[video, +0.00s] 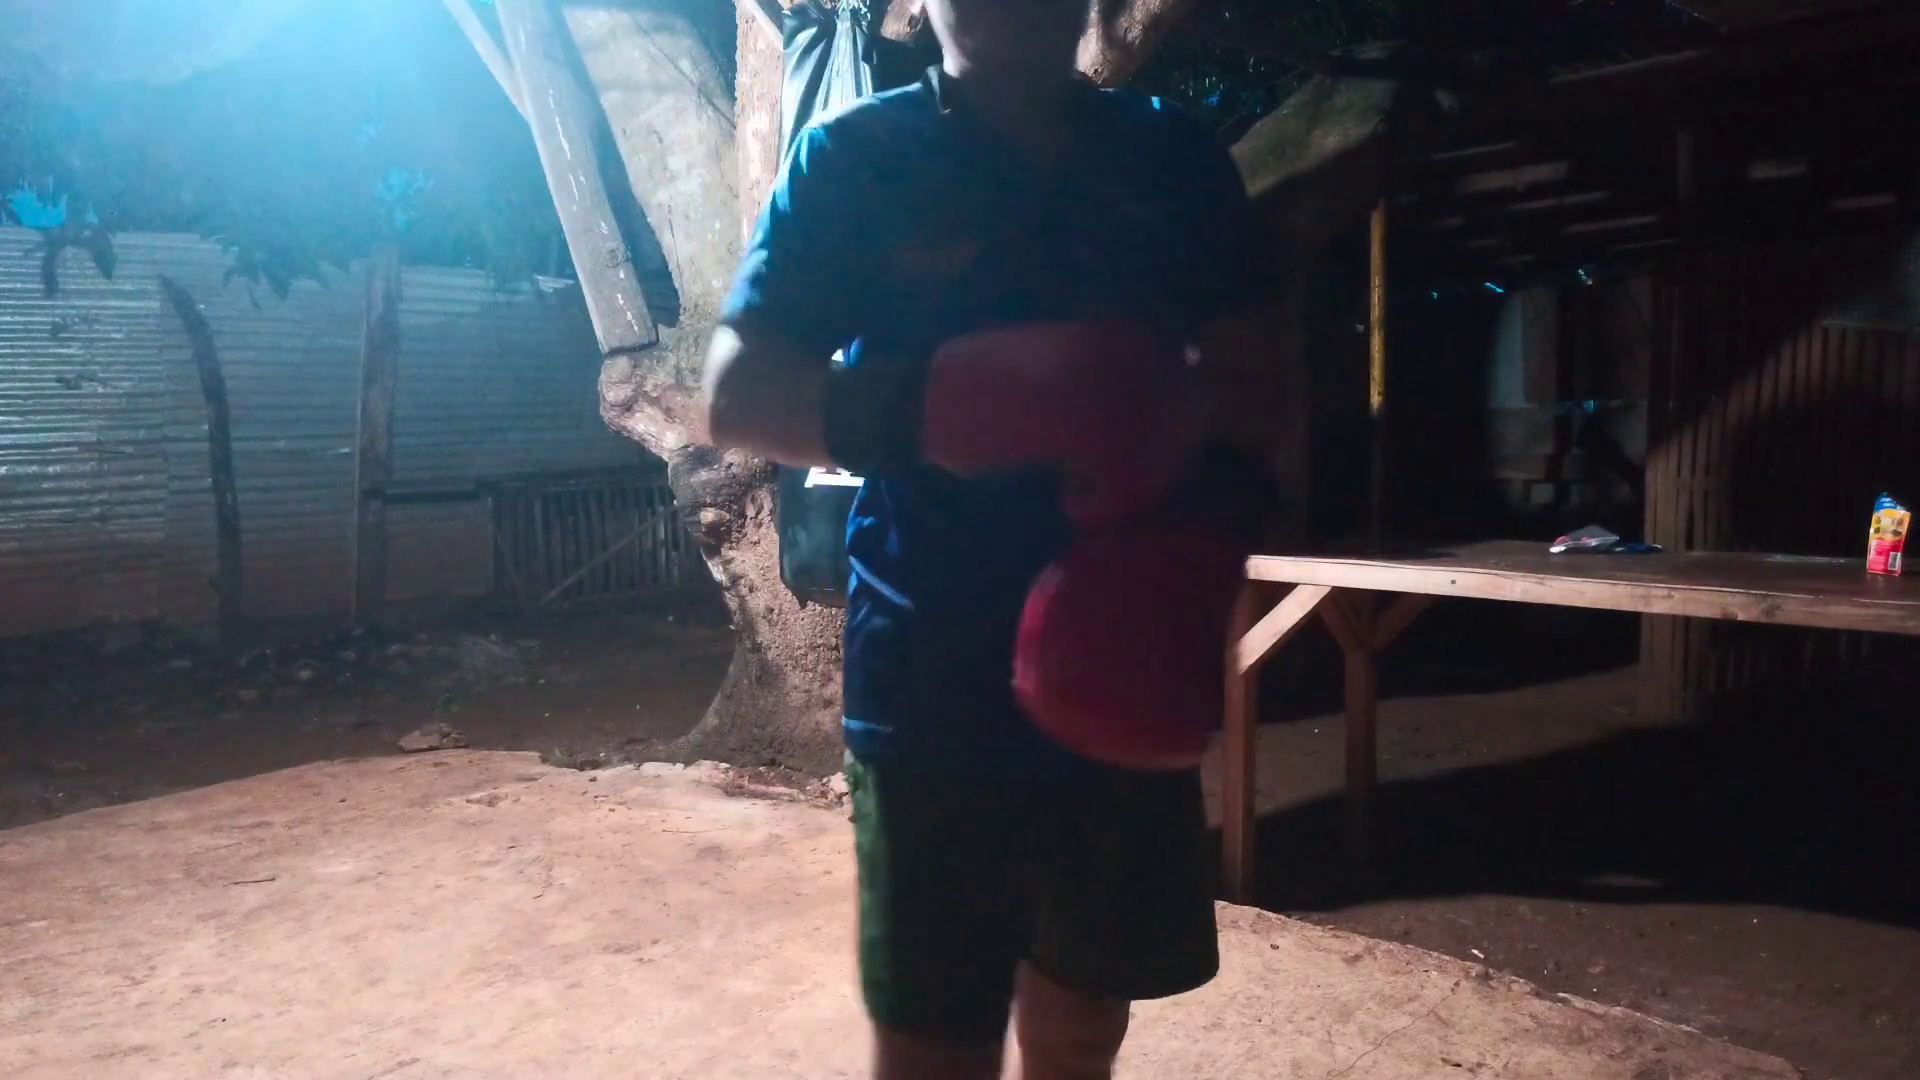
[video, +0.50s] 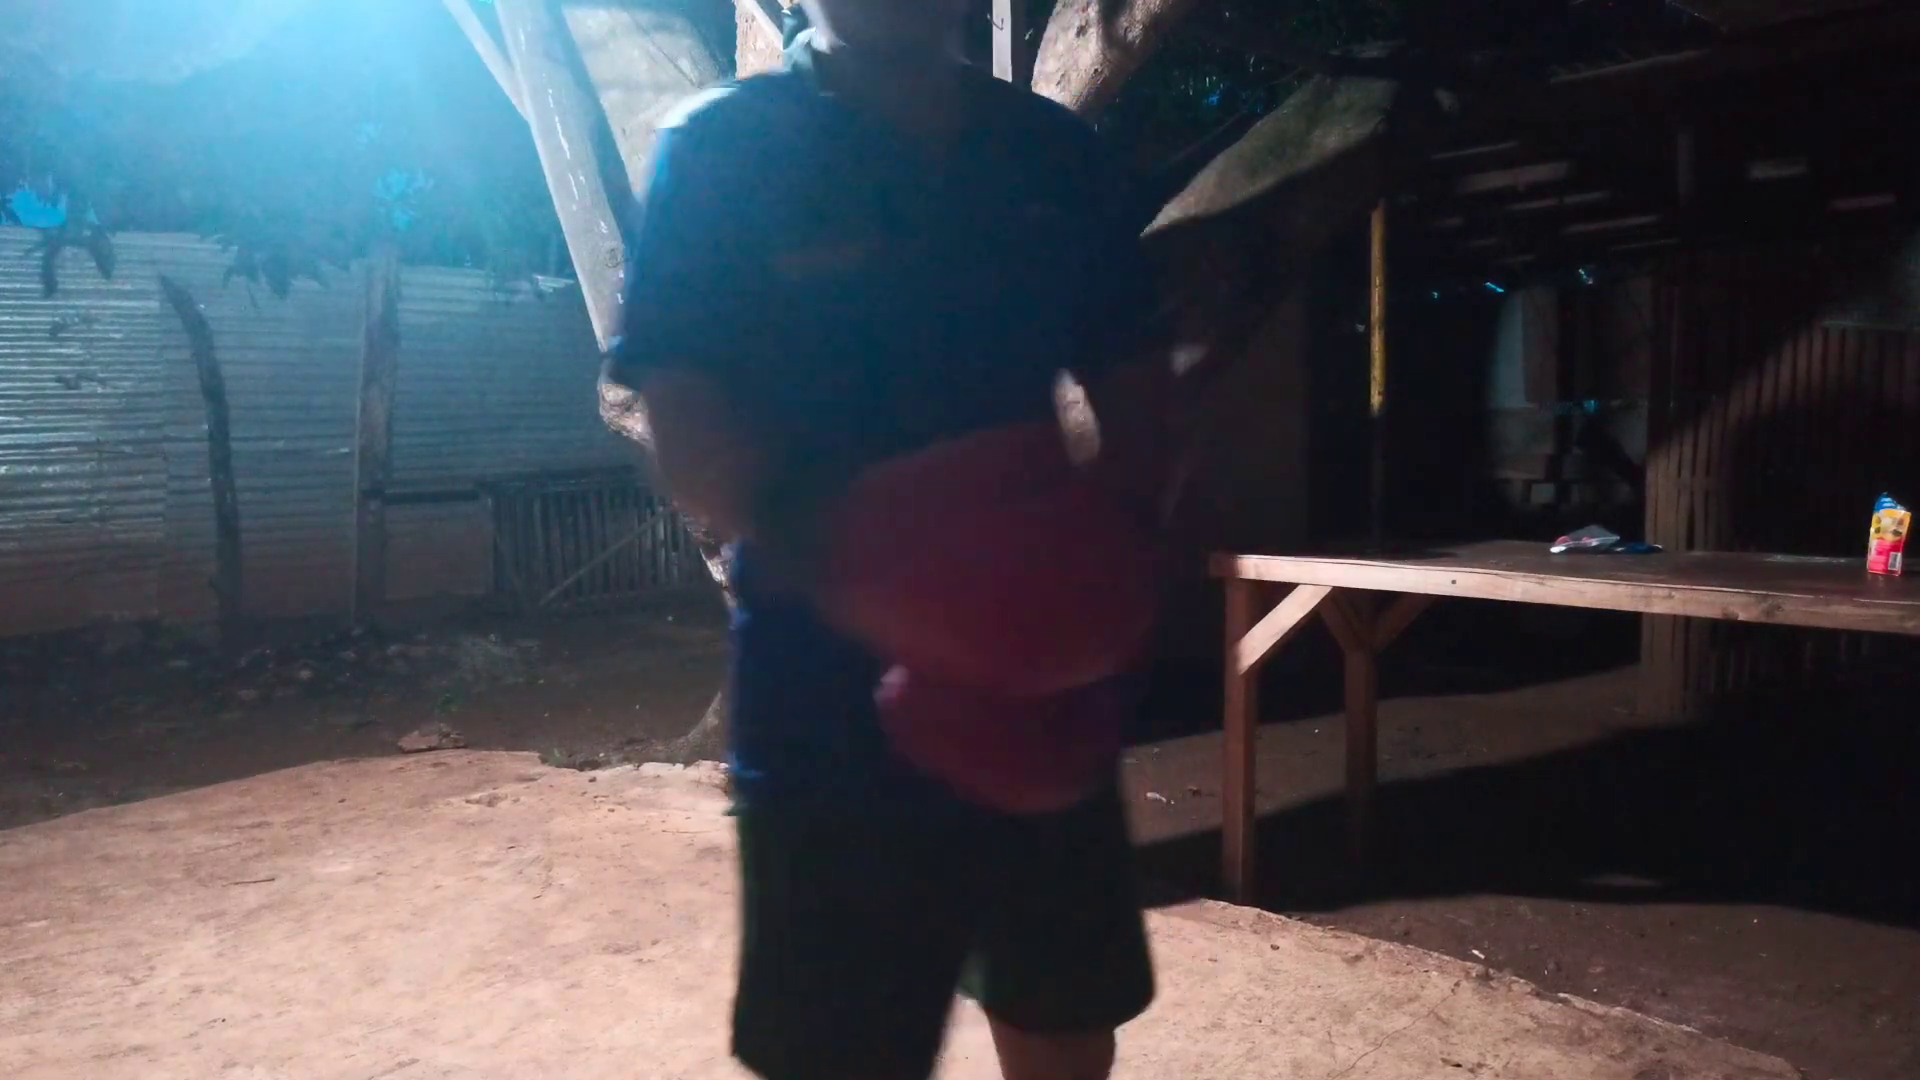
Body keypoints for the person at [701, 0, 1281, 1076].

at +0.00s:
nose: (1003, 2)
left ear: (1087, 2)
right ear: (922, 5)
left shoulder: (1170, 154)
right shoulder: (856, 154)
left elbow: (1265, 385)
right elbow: (742, 398)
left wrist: (1173, 420)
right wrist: (943, 404)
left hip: (1122, 662)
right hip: (932, 667)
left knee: (1082, 1023)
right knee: (931, 1043)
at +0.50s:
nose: (907, 2)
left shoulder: (1056, 148)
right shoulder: (728, 144)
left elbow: (1141, 401)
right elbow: (689, 441)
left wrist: (1087, 572)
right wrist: (905, 586)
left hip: (1040, 681)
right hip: (828, 693)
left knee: (1067, 1034)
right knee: (837, 1053)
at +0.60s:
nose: (894, 7)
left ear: (956, 3)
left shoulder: (1036, 152)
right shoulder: (688, 151)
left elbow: (1137, 404)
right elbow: (590, 425)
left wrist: (1158, 567)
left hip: (1007, 680)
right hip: (789, 695)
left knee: (1077, 1042)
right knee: (795, 1062)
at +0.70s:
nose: (882, 7)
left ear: (941, 3)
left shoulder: (1014, 145)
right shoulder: (671, 140)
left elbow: (1125, 381)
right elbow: (530, 384)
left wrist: (1230, 461)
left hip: (991, 685)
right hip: (779, 703)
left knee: (1087, 1049)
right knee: (771, 1065)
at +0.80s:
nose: (884, 11)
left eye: (908, 2)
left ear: (938, 11)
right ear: (770, 3)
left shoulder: (1008, 148)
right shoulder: (660, 139)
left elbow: (1147, 371)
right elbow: (467, 359)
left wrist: (1326, 357)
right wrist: (308, 391)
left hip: (992, 711)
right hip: (770, 729)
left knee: (1077, 1039)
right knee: (760, 1064)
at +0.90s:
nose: (859, 16)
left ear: (926, 3)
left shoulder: (1009, 161)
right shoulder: (643, 152)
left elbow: (1163, 388)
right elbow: (480, 383)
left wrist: (1362, 324)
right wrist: (281, 392)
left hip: (995, 732)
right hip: (769, 751)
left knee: (1060, 1049)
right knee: (750, 1073)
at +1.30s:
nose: (895, 13)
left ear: (969, 18)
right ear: (781, 12)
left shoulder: (1051, 185)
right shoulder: (711, 198)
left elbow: (1223, 382)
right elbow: (547, 413)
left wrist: (1077, 397)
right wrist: (656, 410)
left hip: (1022, 711)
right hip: (819, 727)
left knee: (1074, 1044)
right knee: (838, 1058)